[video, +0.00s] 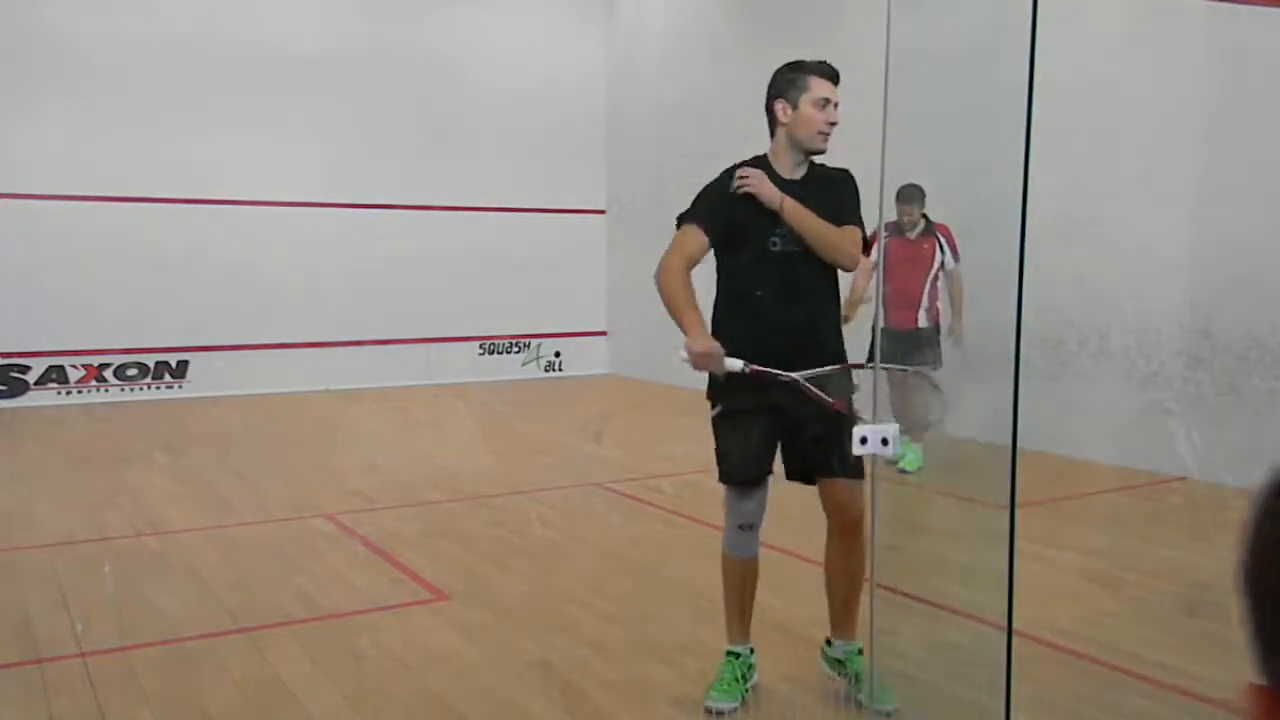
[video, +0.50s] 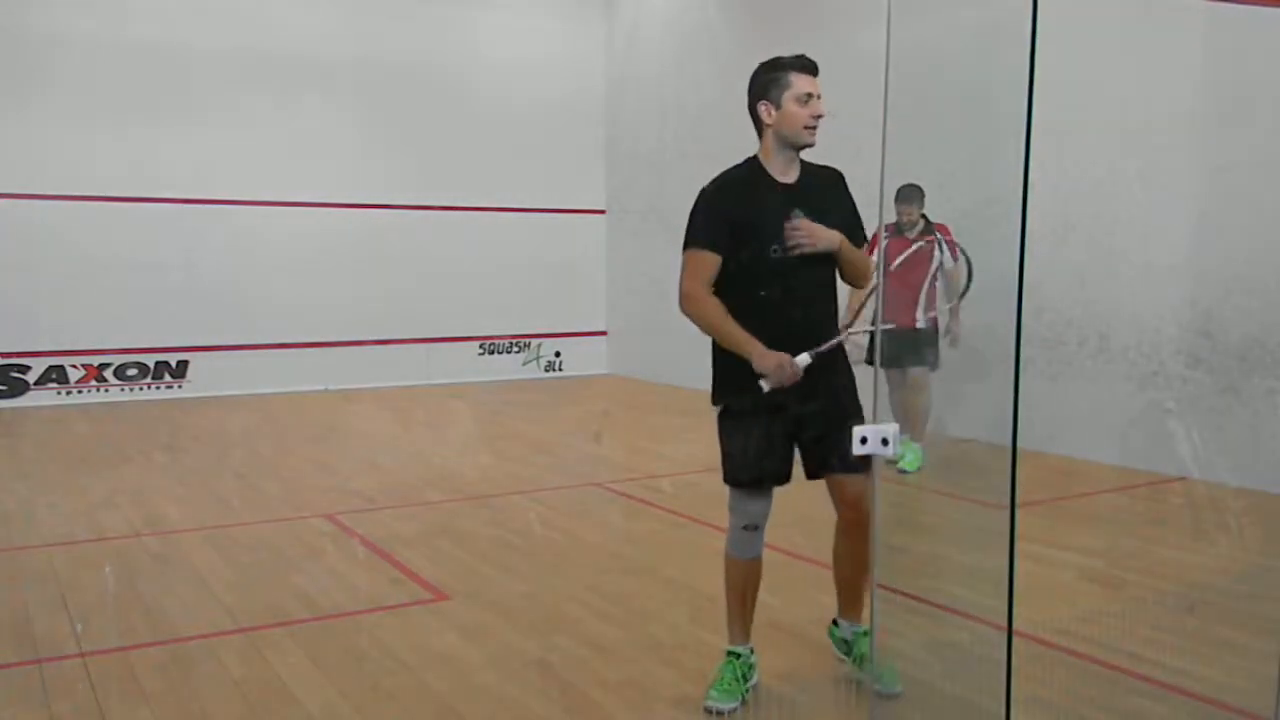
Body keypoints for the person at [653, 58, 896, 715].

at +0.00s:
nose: (833, 117)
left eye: (836, 107)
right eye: (822, 105)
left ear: (825, 117)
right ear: (781, 111)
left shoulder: (835, 184)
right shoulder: (734, 185)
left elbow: (849, 253)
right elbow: (671, 267)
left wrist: (778, 199)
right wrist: (697, 334)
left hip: (821, 373)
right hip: (745, 375)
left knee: (848, 509)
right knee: (743, 517)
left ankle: (843, 648)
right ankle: (738, 655)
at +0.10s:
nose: (820, 114)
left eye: (822, 103)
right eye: (809, 102)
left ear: (794, 114)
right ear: (769, 109)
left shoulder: (824, 181)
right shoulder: (725, 184)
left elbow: (846, 251)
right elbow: (683, 277)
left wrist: (779, 197)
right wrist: (732, 345)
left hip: (817, 377)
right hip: (744, 380)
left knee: (835, 511)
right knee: (743, 518)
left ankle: (821, 654)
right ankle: (738, 655)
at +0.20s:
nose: (812, 113)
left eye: (813, 102)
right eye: (800, 102)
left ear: (794, 112)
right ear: (760, 108)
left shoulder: (815, 182)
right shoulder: (719, 187)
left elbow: (849, 253)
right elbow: (691, 281)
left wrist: (782, 201)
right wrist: (763, 343)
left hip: (813, 375)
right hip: (742, 382)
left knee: (823, 510)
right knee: (743, 517)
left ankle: (818, 657)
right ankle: (738, 655)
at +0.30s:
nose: (807, 111)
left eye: (807, 101)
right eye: (795, 101)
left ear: (791, 111)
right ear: (755, 109)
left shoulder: (814, 182)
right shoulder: (719, 188)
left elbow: (852, 262)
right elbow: (693, 286)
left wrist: (796, 206)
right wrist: (772, 340)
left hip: (814, 372)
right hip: (742, 381)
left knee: (833, 506)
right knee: (743, 517)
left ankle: (825, 648)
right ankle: (738, 654)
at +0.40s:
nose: (809, 110)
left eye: (810, 100)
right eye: (797, 100)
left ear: (796, 111)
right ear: (757, 110)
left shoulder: (818, 183)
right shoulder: (721, 191)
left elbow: (859, 273)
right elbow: (691, 292)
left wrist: (820, 224)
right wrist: (770, 347)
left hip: (819, 372)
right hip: (745, 382)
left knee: (849, 500)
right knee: (744, 518)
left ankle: (834, 638)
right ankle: (738, 654)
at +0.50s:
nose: (819, 110)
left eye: (820, 100)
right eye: (806, 100)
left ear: (806, 113)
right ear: (766, 111)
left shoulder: (829, 186)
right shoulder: (723, 196)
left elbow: (865, 276)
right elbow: (693, 295)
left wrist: (836, 243)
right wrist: (756, 352)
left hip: (824, 370)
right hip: (749, 380)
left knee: (856, 500)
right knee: (748, 518)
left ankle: (851, 629)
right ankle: (739, 653)